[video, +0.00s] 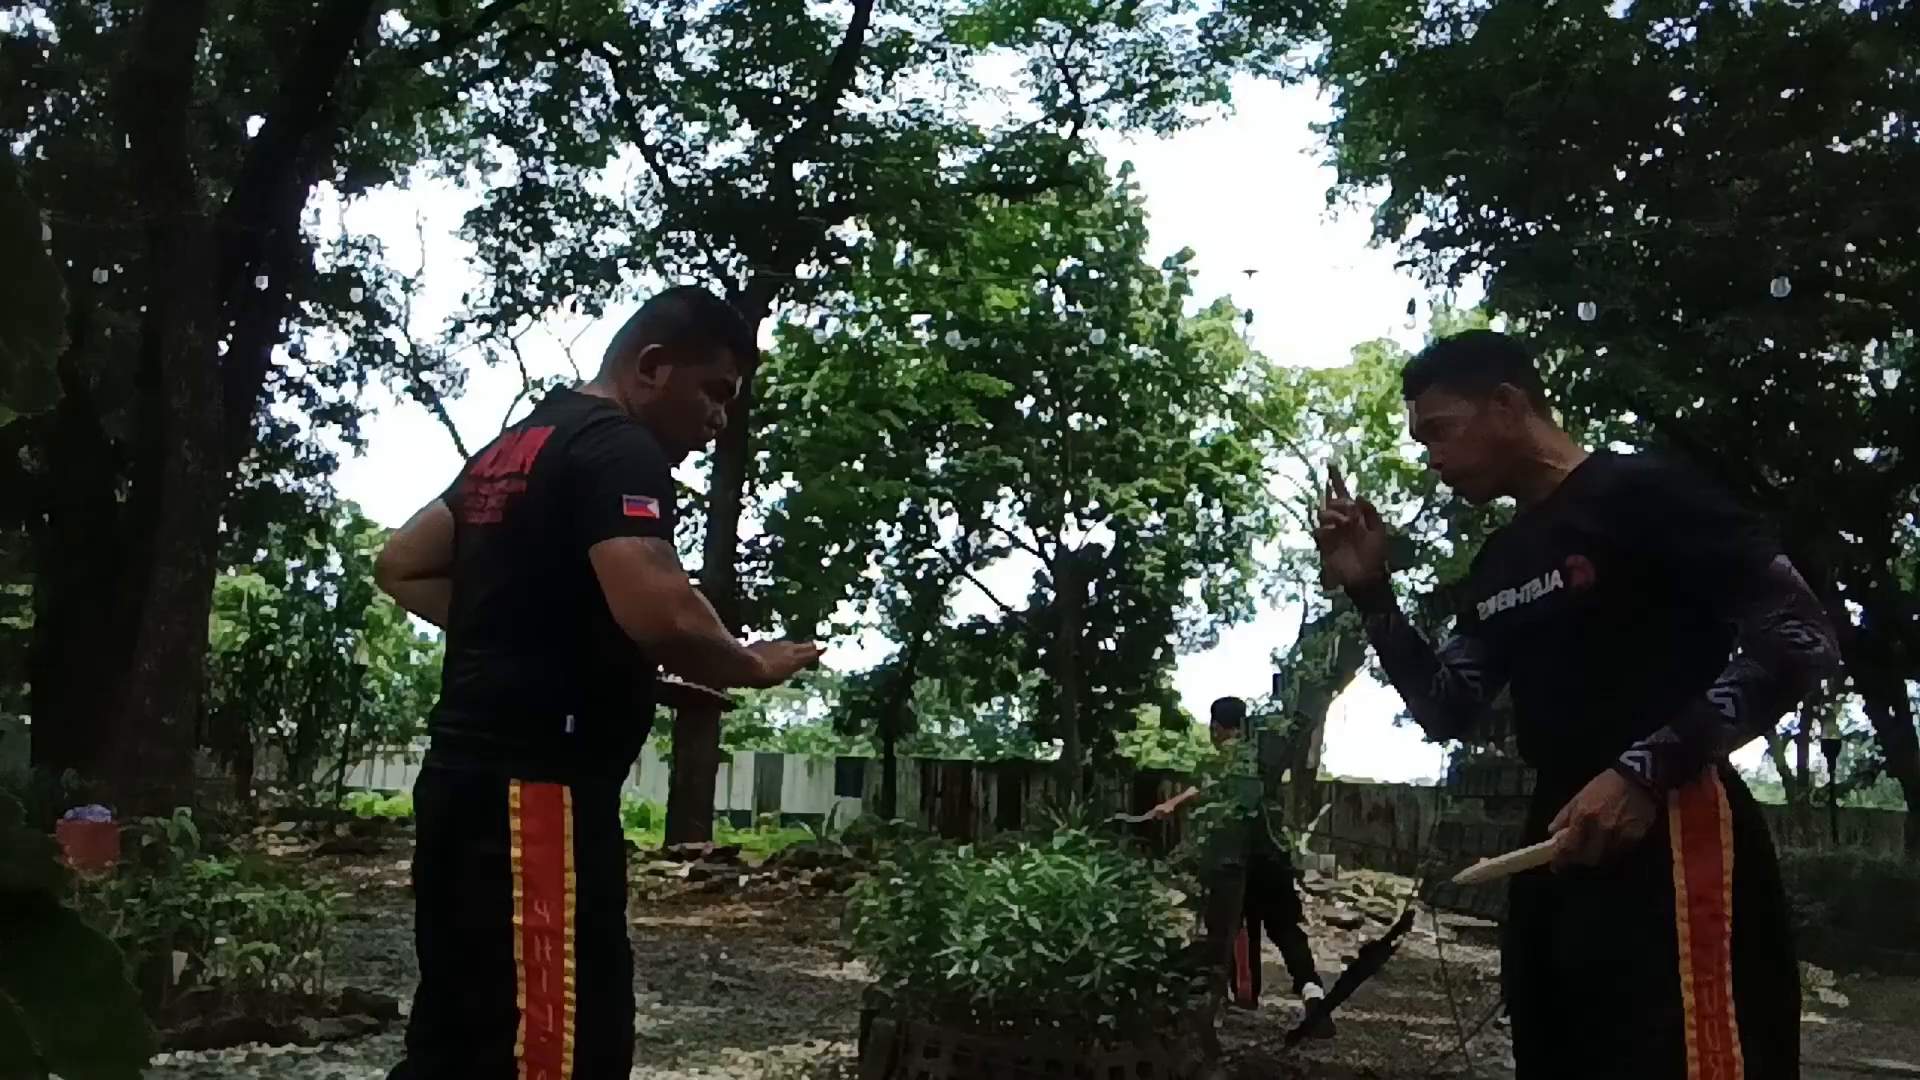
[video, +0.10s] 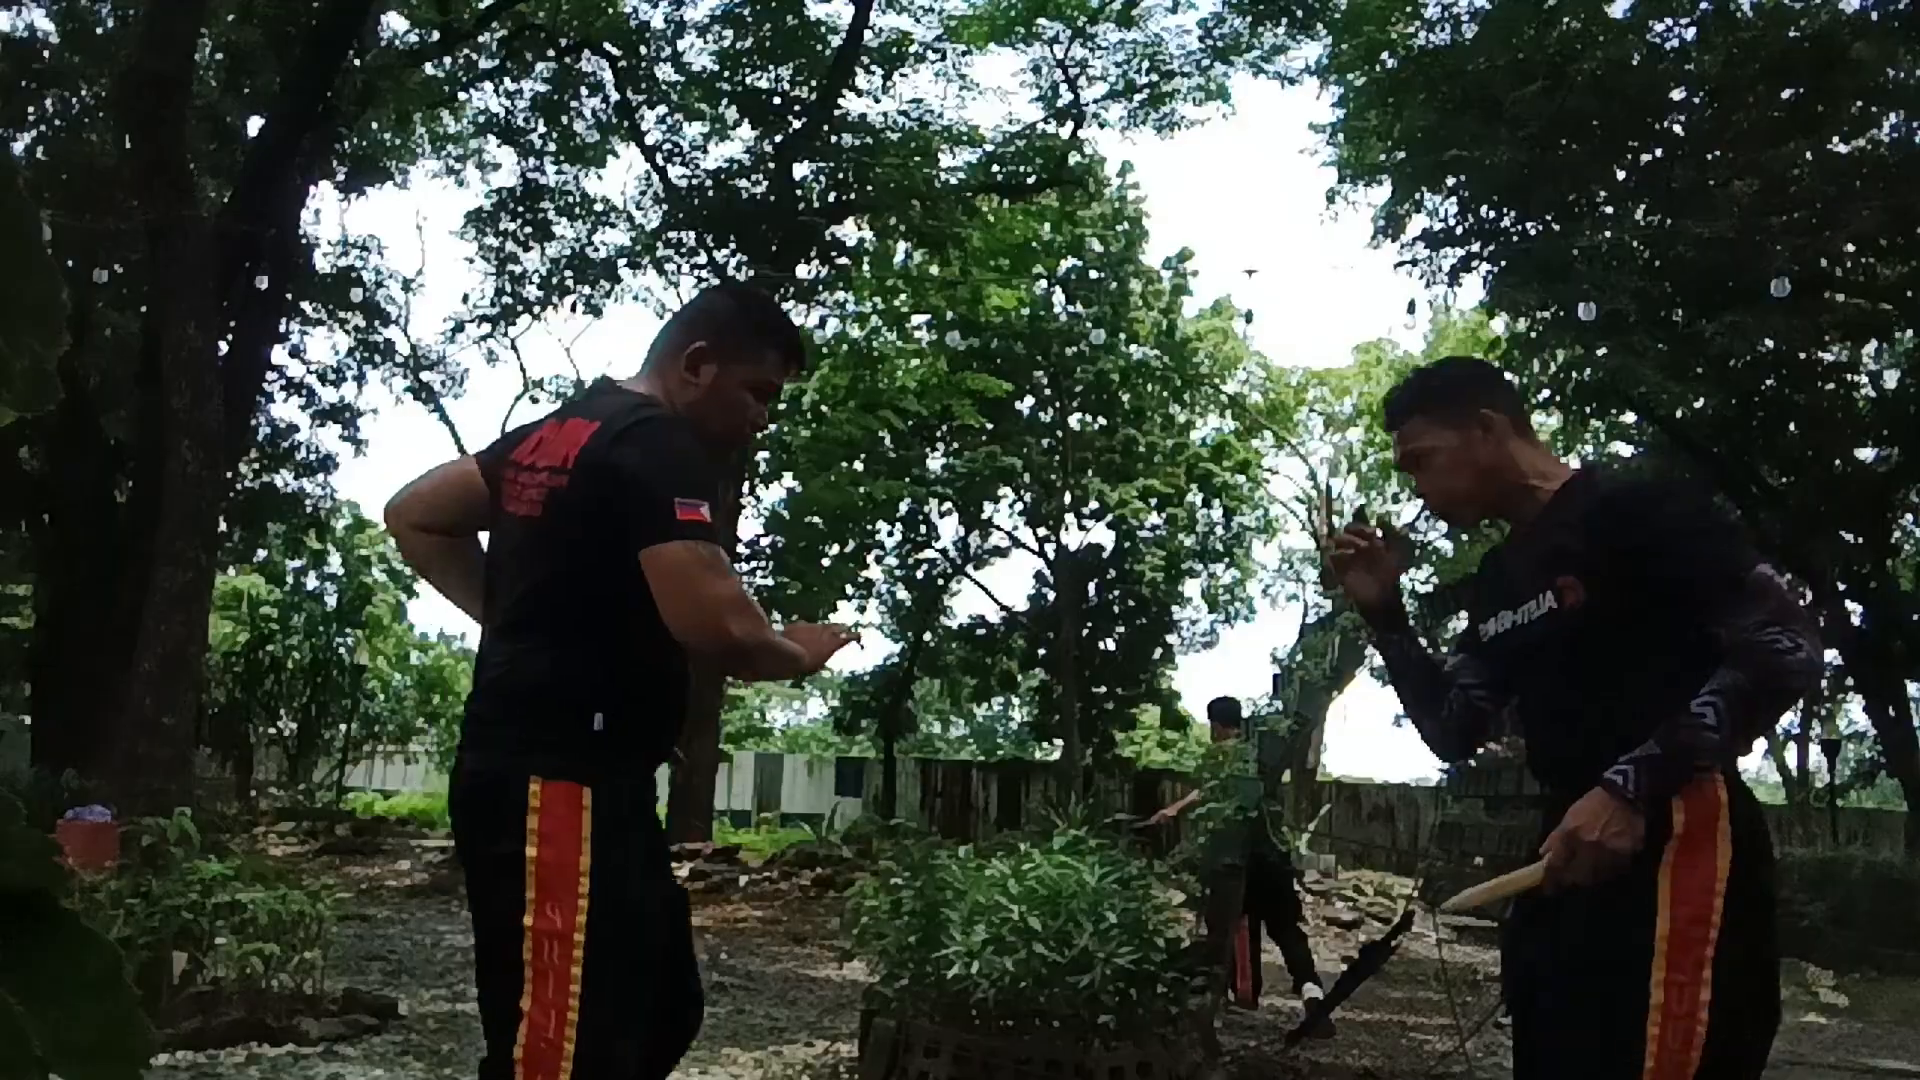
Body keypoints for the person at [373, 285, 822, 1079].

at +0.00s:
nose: (720, 421)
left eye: (729, 402)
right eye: (715, 392)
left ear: (641, 365)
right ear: (650, 363)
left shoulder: (521, 442)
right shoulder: (614, 443)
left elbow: (402, 564)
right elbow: (661, 615)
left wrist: (546, 635)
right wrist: (749, 664)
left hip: (470, 778)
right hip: (538, 789)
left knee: (459, 1042)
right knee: (561, 1050)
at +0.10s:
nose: (763, 422)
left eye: (772, 403)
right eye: (757, 394)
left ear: (679, 363)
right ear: (695, 364)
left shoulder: (564, 427)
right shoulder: (654, 441)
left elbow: (416, 516)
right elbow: (714, 627)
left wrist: (519, 620)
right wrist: (793, 653)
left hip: (593, 778)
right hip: (557, 779)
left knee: (662, 1015)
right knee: (558, 1043)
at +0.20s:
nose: (814, 421)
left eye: (821, 401)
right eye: (809, 393)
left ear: (740, 365)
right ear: (743, 364)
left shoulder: (617, 425)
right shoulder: (692, 444)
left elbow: (475, 508)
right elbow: (754, 633)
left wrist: (563, 613)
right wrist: (832, 640)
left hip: (648, 790)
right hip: (587, 787)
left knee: (760, 1012)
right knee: (577, 1052)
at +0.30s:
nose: (887, 430)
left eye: (897, 411)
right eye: (882, 399)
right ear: (814, 368)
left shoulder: (776, 480)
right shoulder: (716, 455)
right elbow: (771, 652)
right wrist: (871, 634)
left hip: (737, 815)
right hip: (634, 817)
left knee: (833, 1058)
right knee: (600, 1061)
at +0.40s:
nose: (980, 464)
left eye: (988, 443)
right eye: (970, 434)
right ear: (891, 410)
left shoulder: (943, 543)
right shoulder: (751, 501)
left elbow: (992, 660)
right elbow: (763, 684)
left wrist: (1115, 749)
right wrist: (929, 663)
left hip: (851, 862)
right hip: (710, 862)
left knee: (952, 1056)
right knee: (630, 1062)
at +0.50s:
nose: (1041, 489)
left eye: (1049, 467)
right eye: (1026, 461)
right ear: (942, 440)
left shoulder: (1030, 581)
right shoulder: (808, 530)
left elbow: (1160, 698)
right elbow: (780, 713)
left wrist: (1301, 793)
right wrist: (959, 706)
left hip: (910, 883)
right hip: (755, 877)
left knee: (1021, 1056)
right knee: (651, 1066)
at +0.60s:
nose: (1091, 505)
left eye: (1099, 482)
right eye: (1072, 477)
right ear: (987, 461)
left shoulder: (1081, 582)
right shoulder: (859, 550)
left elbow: (1245, 653)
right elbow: (810, 732)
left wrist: (1382, 696)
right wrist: (995, 724)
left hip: (952, 893)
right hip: (794, 883)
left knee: (1048, 1063)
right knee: (666, 1067)